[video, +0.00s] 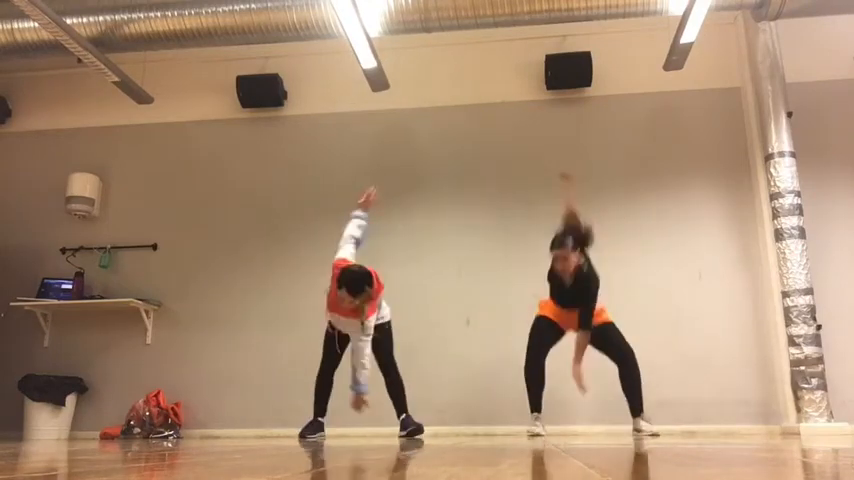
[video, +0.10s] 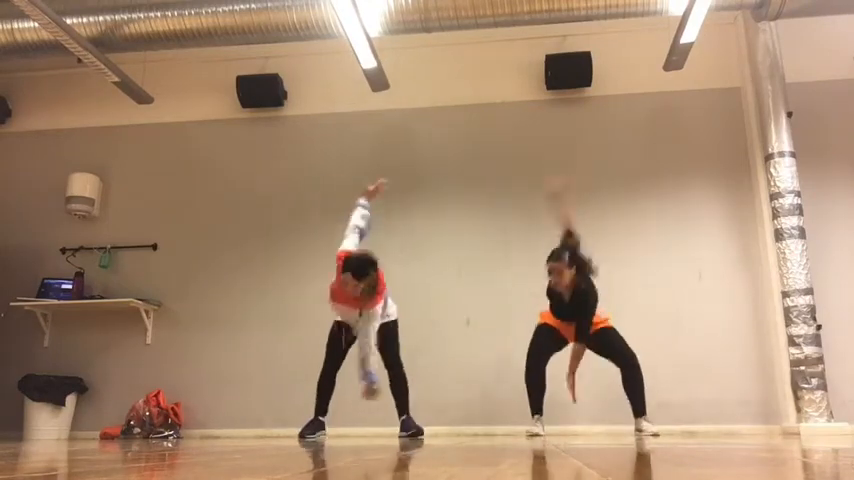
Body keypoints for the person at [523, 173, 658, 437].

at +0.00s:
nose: (561, 266)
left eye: (565, 260)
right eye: (557, 260)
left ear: (578, 255)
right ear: (552, 255)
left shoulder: (589, 278)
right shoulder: (557, 254)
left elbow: (585, 326)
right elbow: (569, 223)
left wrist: (577, 364)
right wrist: (568, 193)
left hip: (589, 317)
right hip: (557, 314)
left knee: (626, 357)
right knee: (534, 354)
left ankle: (638, 419)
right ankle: (536, 418)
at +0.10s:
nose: (553, 279)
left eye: (558, 273)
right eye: (550, 273)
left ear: (572, 271)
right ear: (548, 270)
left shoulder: (586, 292)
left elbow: (581, 338)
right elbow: (569, 233)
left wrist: (571, 372)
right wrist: (561, 198)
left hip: (590, 327)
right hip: (558, 326)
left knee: (628, 361)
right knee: (534, 359)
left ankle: (641, 421)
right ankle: (537, 420)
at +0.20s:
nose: (561, 265)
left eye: (566, 260)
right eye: (557, 259)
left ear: (577, 258)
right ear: (550, 257)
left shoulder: (589, 276)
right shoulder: (548, 259)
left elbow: (600, 320)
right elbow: (530, 250)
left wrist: (598, 356)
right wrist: (506, 243)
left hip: (590, 321)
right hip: (556, 319)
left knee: (626, 361)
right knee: (537, 361)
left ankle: (641, 421)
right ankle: (537, 421)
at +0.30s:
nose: (557, 226)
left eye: (562, 220)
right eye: (552, 221)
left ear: (571, 221)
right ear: (545, 224)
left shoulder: (585, 236)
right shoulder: (538, 248)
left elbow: (621, 253)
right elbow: (519, 284)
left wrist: (646, 281)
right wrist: (498, 313)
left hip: (590, 298)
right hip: (556, 300)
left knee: (613, 354)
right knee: (542, 354)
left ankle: (640, 417)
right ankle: (539, 419)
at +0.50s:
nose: (561, 196)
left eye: (564, 192)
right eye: (555, 191)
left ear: (568, 198)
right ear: (543, 200)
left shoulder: (567, 217)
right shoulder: (542, 227)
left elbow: (575, 203)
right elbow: (557, 219)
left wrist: (588, 188)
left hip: (582, 279)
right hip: (556, 291)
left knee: (608, 290)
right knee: (554, 351)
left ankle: (642, 329)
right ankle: (554, 415)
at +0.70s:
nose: (572, 165)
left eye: (575, 162)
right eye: (566, 162)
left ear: (582, 166)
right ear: (557, 167)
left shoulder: (587, 195)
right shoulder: (551, 180)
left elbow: (591, 234)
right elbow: (529, 181)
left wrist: (599, 216)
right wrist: (538, 178)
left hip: (580, 248)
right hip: (551, 249)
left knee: (621, 267)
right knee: (555, 311)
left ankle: (601, 328)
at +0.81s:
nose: (572, 174)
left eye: (575, 169)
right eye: (567, 170)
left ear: (583, 171)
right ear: (559, 174)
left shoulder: (589, 197)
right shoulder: (549, 191)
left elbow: (610, 222)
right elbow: (530, 217)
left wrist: (598, 202)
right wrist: (512, 218)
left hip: (582, 253)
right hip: (553, 245)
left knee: (608, 305)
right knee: (548, 265)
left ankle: (596, 373)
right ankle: (539, 307)